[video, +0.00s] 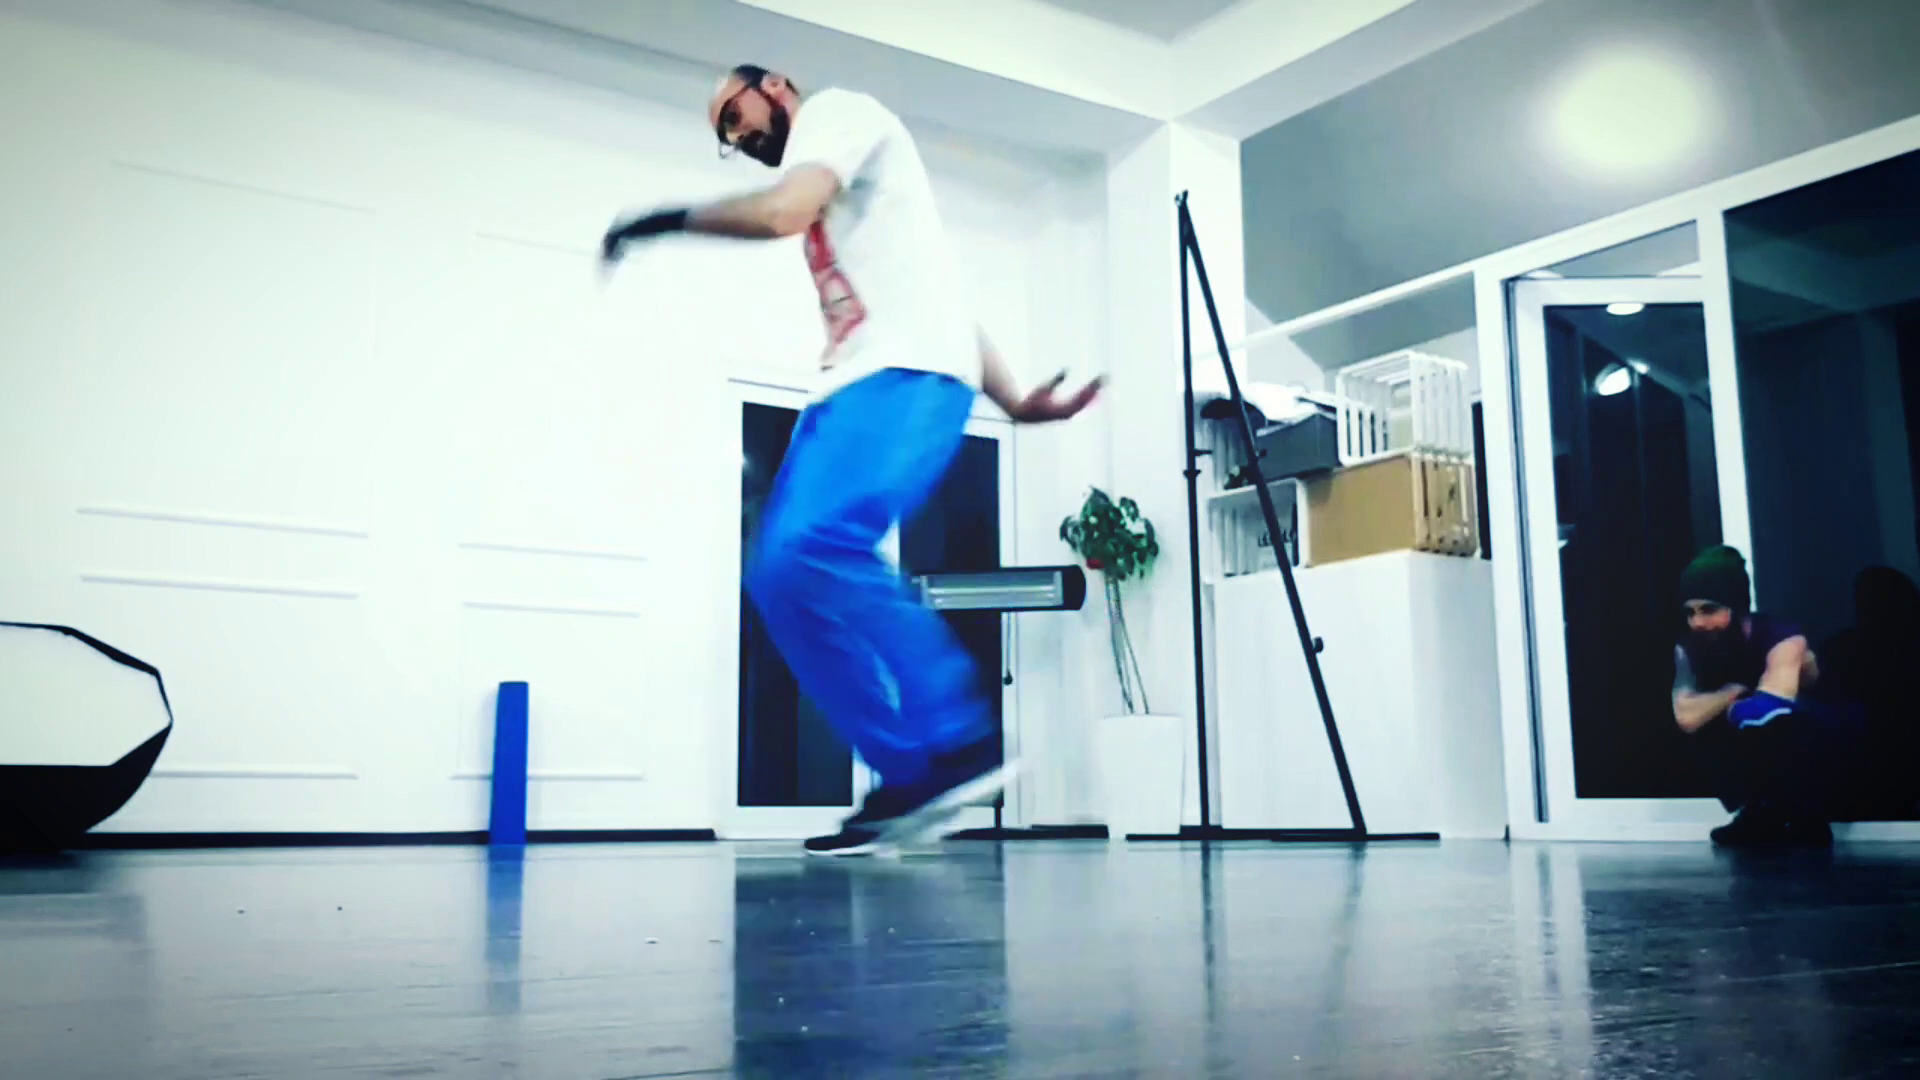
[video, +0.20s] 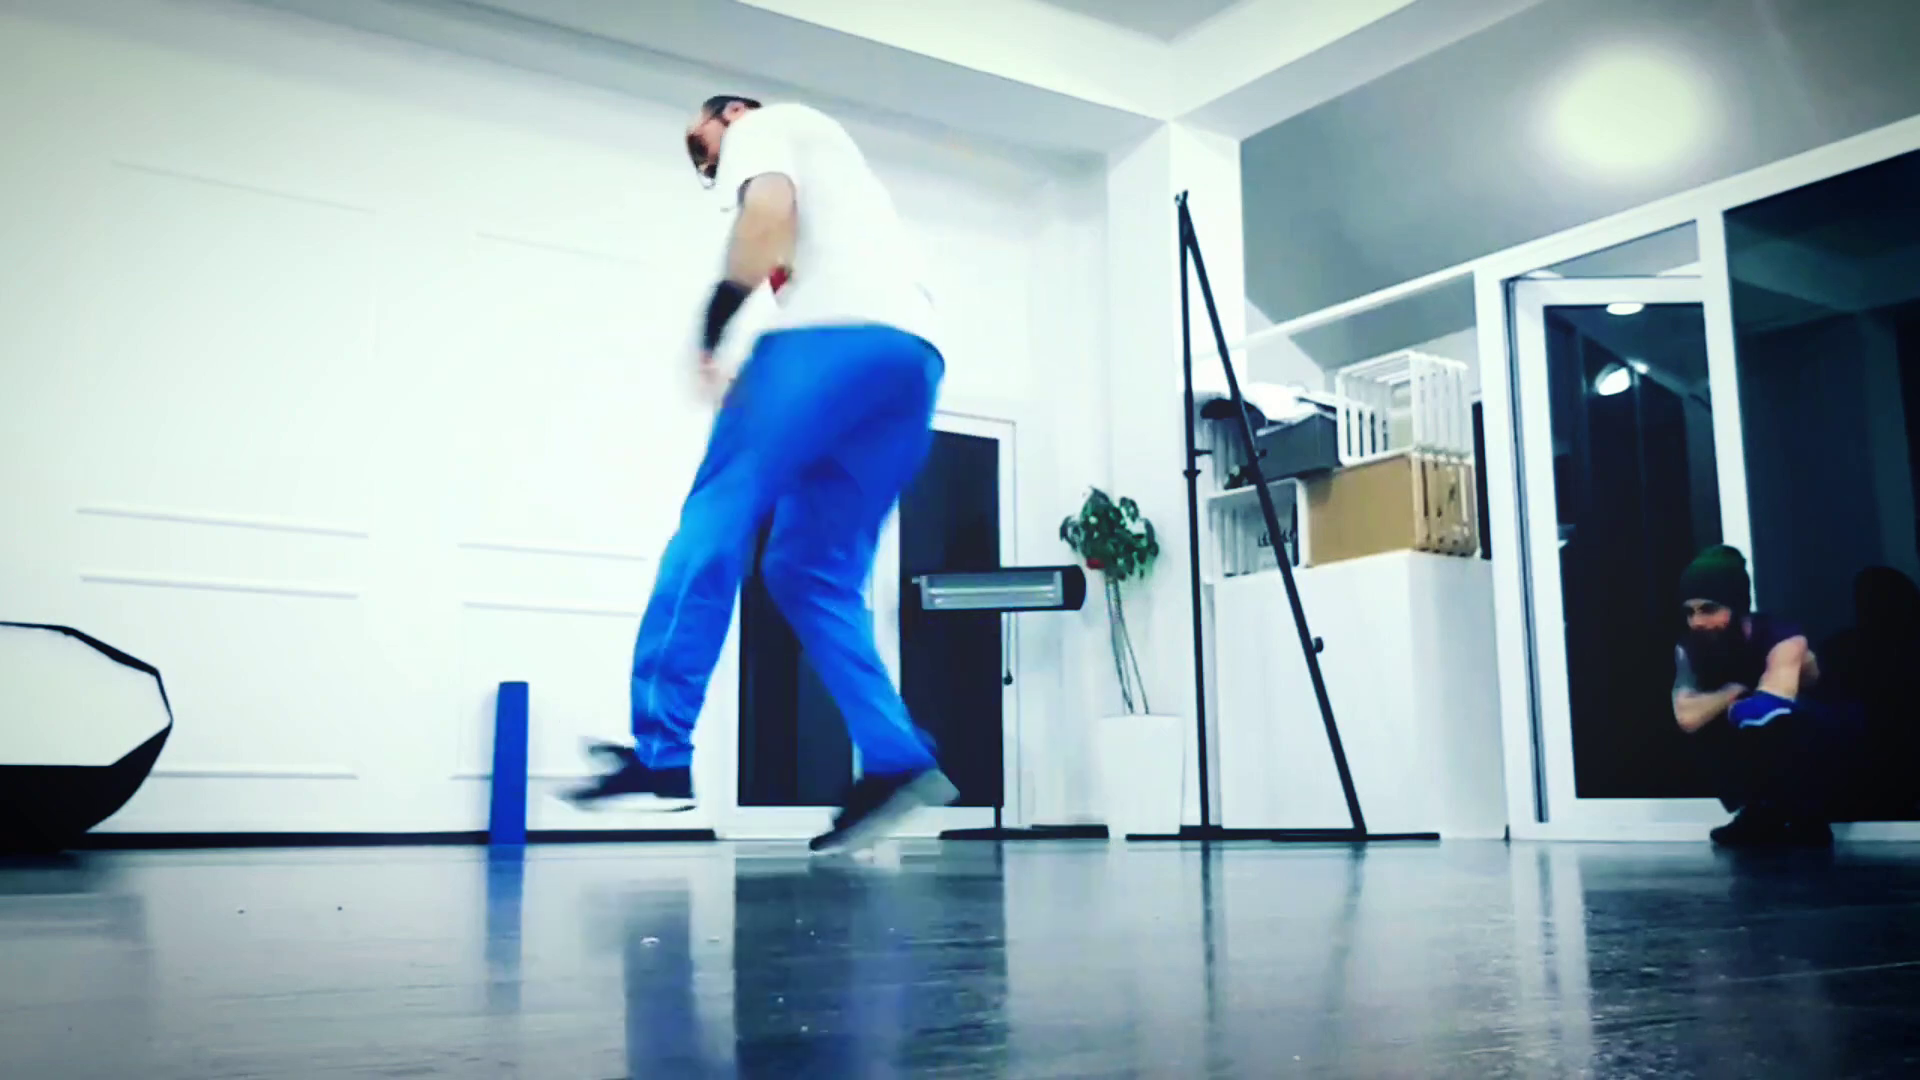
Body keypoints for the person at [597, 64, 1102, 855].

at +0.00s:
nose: (735, 136)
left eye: (735, 114)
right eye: (725, 135)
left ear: (774, 84)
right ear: (744, 143)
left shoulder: (842, 109)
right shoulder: (823, 187)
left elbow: (785, 210)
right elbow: (928, 284)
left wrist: (670, 218)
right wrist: (1016, 401)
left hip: (910, 370)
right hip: (854, 384)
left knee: (813, 546)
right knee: (778, 572)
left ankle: (960, 737)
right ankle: (905, 771)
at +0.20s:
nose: (709, 166)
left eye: (705, 148)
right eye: (702, 162)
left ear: (734, 111)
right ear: (751, 117)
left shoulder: (765, 123)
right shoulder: (837, 164)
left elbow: (768, 215)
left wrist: (715, 326)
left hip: (826, 341)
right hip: (909, 363)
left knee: (712, 533)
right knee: (812, 567)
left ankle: (659, 754)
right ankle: (898, 761)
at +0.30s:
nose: (695, 172)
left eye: (695, 158)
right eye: (690, 169)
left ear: (722, 126)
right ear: (755, 126)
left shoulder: (743, 141)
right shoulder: (821, 171)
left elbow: (769, 213)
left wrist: (786, 316)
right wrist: (715, 438)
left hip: (802, 345)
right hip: (887, 357)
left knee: (716, 555)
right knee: (801, 545)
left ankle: (698, 789)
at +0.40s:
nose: (694, 208)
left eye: (692, 196)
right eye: (691, 200)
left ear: (714, 170)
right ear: (763, 166)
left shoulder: (726, 191)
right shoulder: (832, 214)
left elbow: (731, 271)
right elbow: (772, 362)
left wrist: (749, 365)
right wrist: (654, 395)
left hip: (748, 411)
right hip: (844, 418)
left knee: (742, 611)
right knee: (801, 629)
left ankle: (722, 809)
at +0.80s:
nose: (868, 100)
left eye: (866, 89)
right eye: (864, 85)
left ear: (797, 66)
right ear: (836, 69)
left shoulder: (721, 120)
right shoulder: (820, 95)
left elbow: (683, 239)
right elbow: (900, 189)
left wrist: (753, 299)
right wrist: (869, 312)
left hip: (626, 341)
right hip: (704, 335)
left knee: (644, 580)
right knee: (800, 531)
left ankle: (527, 780)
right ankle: (800, 772)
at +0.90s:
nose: (867, 98)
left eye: (872, 83)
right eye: (859, 77)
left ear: (811, 68)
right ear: (808, 61)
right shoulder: (776, 105)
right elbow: (749, 200)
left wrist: (863, 317)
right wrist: (712, 343)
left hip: (640, 367)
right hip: (697, 366)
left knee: (627, 594)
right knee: (801, 561)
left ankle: (519, 792)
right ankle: (880, 787)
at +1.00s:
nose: (869, 60)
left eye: (877, 44)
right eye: (858, 37)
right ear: (804, 23)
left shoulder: (797, 152)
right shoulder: (755, 79)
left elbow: (799, 302)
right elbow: (646, 186)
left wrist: (886, 258)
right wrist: (615, 326)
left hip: (697, 356)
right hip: (717, 344)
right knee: (829, 545)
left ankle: (612, 727)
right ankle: (774, 795)